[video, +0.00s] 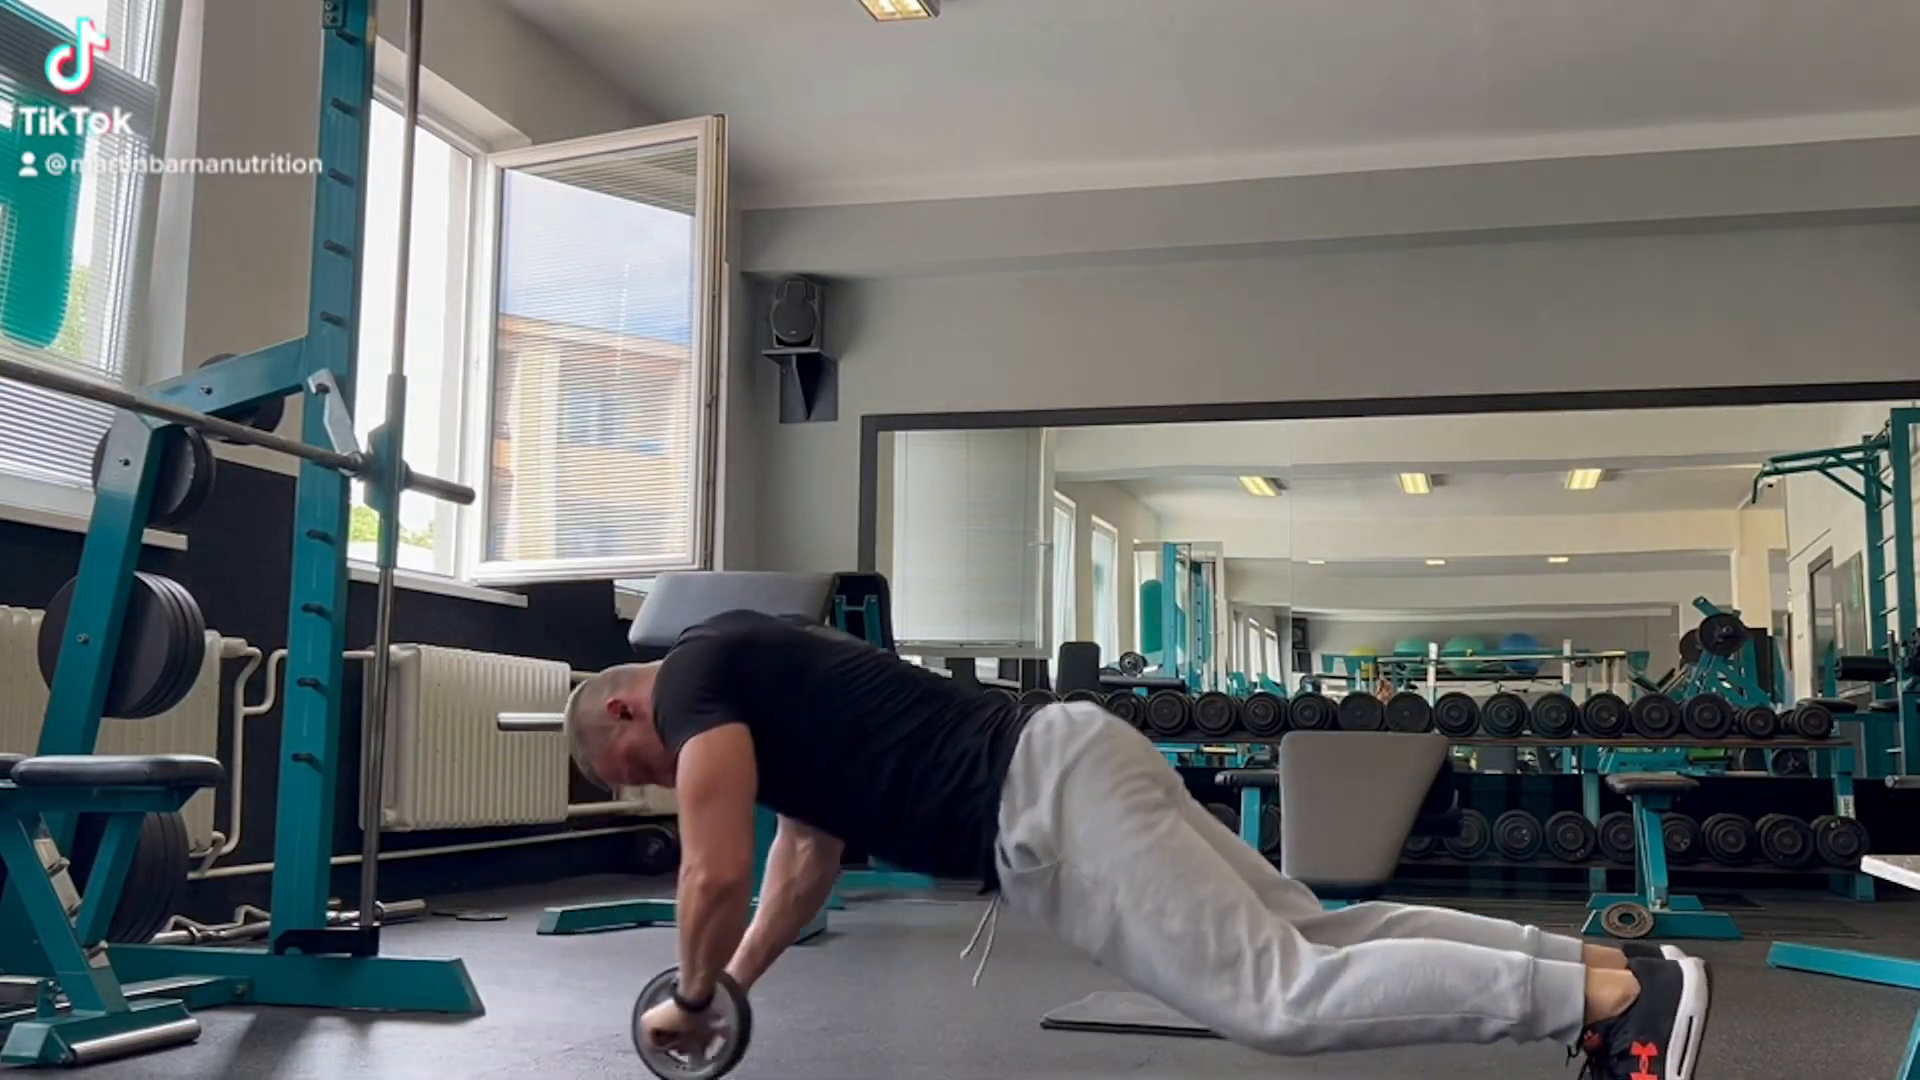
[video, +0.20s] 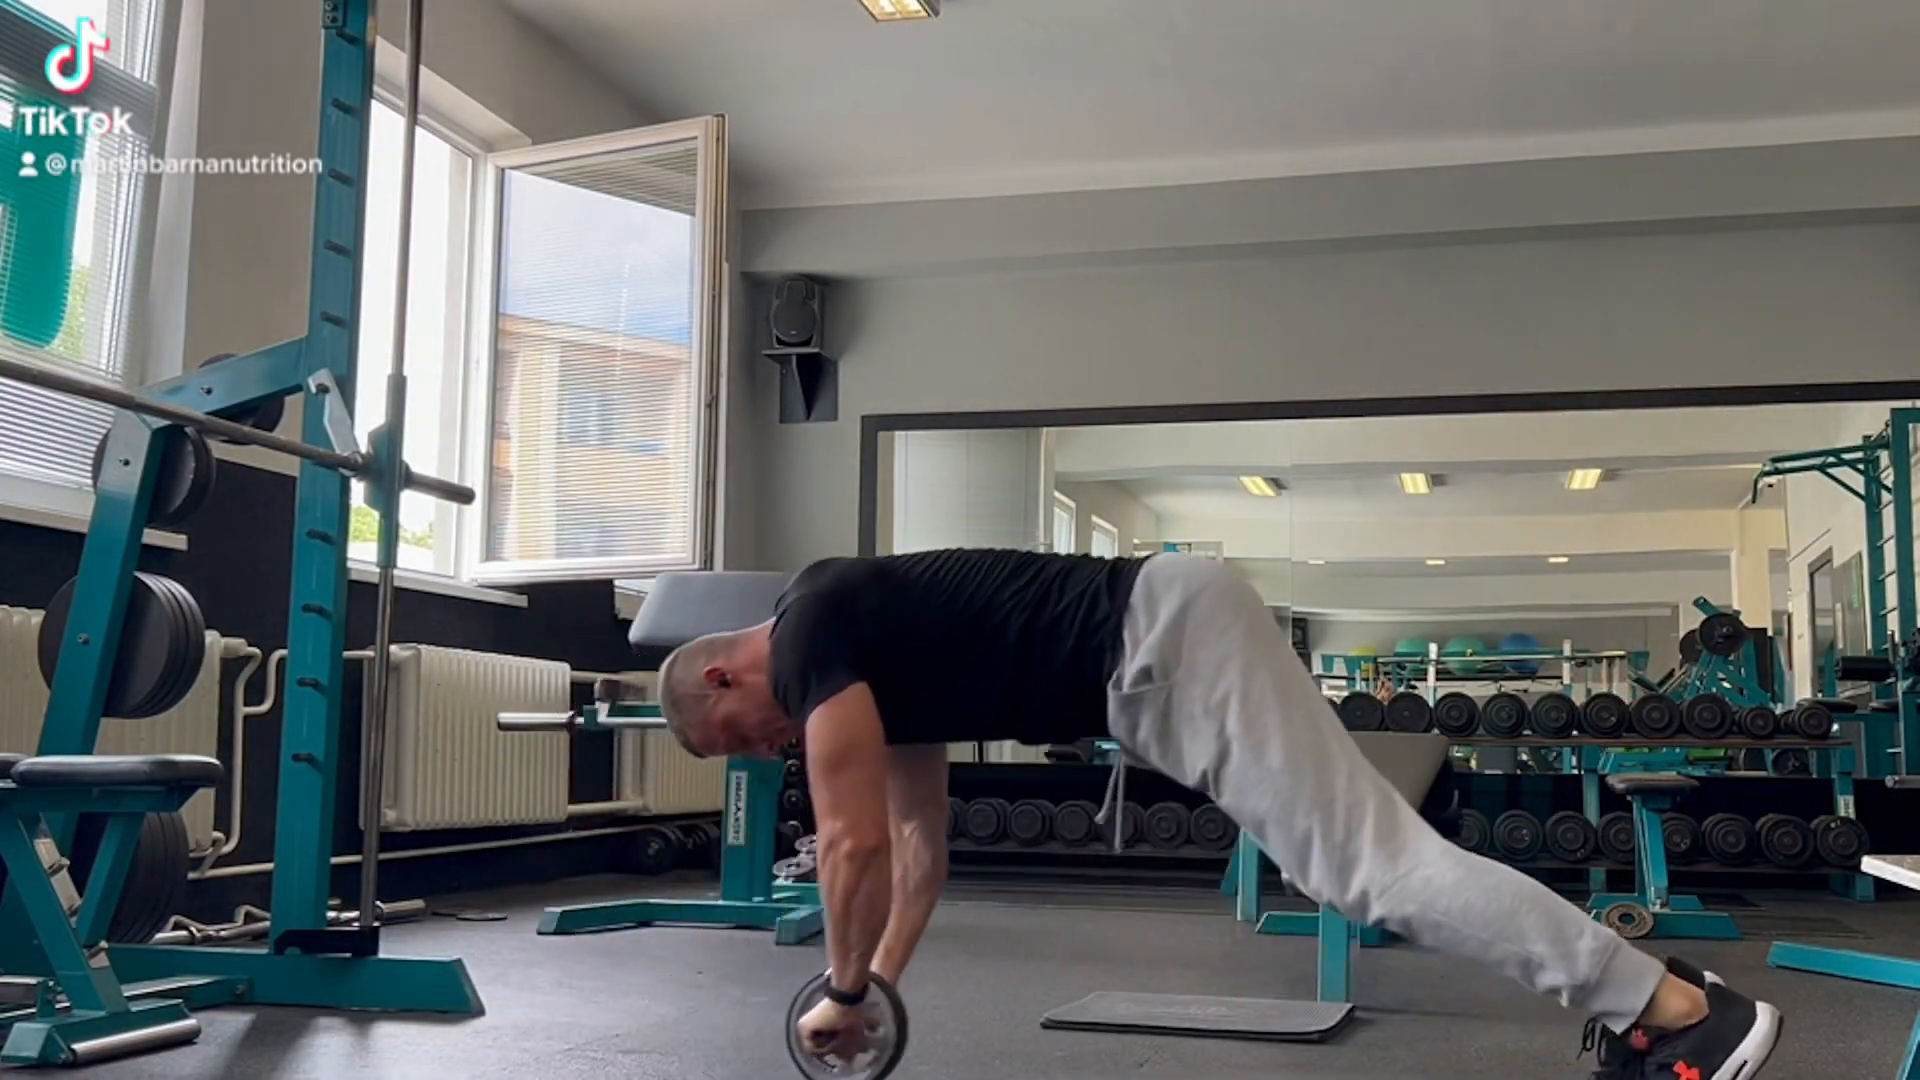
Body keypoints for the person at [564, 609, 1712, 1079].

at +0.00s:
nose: (649, 790)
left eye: (626, 774)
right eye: (635, 785)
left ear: (617, 706)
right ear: (641, 706)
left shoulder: (698, 670)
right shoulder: (763, 679)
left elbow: (720, 878)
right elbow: (808, 856)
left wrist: (689, 990)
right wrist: (737, 975)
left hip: (1053, 790)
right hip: (1065, 788)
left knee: (1285, 991)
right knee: (1301, 942)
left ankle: (1605, 993)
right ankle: (1598, 974)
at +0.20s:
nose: (745, 758)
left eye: (723, 743)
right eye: (732, 754)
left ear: (718, 669)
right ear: (744, 672)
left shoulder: (817, 631)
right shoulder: (869, 650)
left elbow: (851, 842)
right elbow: (915, 844)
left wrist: (845, 994)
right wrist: (868, 993)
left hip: (1172, 635)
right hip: (1173, 646)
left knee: (1375, 866)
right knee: (1371, 860)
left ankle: (1677, 1011)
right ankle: (1649, 998)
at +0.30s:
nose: (829, 746)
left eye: (802, 735)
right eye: (810, 743)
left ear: (792, 670)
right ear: (810, 662)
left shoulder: (892, 618)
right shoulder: (916, 639)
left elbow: (940, 837)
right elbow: (983, 837)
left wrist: (940, 990)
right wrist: (951, 986)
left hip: (1239, 583)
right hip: (1225, 621)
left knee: (1420, 839)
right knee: (1364, 838)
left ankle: (1694, 1015)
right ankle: (1638, 973)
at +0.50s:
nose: (981, 746)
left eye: (952, 731)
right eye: (955, 742)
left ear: (958, 662)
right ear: (962, 652)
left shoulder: (1065, 614)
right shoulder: (1066, 620)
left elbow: (1124, 840)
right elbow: (1137, 836)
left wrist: (1120, 1004)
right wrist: (1123, 991)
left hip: (1394, 526)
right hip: (1386, 534)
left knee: (1499, 822)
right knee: (1491, 819)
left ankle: (1742, 1040)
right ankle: (1680, 1010)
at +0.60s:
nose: (1061, 749)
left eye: (1033, 737)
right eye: (1037, 748)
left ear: (1032, 670)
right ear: (1037, 654)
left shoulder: (1144, 612)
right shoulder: (1145, 614)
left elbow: (1232, 835)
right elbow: (1229, 823)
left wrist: (1247, 1008)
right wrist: (1246, 996)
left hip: (1466, 499)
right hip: (1455, 510)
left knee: (1532, 803)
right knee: (1517, 802)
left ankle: (1750, 1047)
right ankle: (1693, 1018)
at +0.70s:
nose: (1125, 758)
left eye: (1102, 744)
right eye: (1102, 756)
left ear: (1107, 675)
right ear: (1113, 663)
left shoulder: (1222, 631)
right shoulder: (1216, 634)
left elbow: (1352, 841)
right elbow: (1328, 829)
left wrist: (1409, 1020)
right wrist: (1397, 998)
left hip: (1537, 490)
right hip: (1513, 511)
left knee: (1566, 795)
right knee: (1534, 797)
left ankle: (1765, 1051)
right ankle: (1702, 1018)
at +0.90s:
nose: (1193, 807)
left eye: (1174, 785)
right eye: (1171, 798)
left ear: (1197, 719)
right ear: (1204, 711)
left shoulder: (1307, 675)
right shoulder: (1299, 668)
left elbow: (1482, 869)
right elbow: (1468, 849)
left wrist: (1585, 1030)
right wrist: (1575, 1016)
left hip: (1597, 488)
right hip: (1590, 490)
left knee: (1585, 792)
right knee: (1574, 790)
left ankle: (1770, 1058)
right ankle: (1721, 1033)